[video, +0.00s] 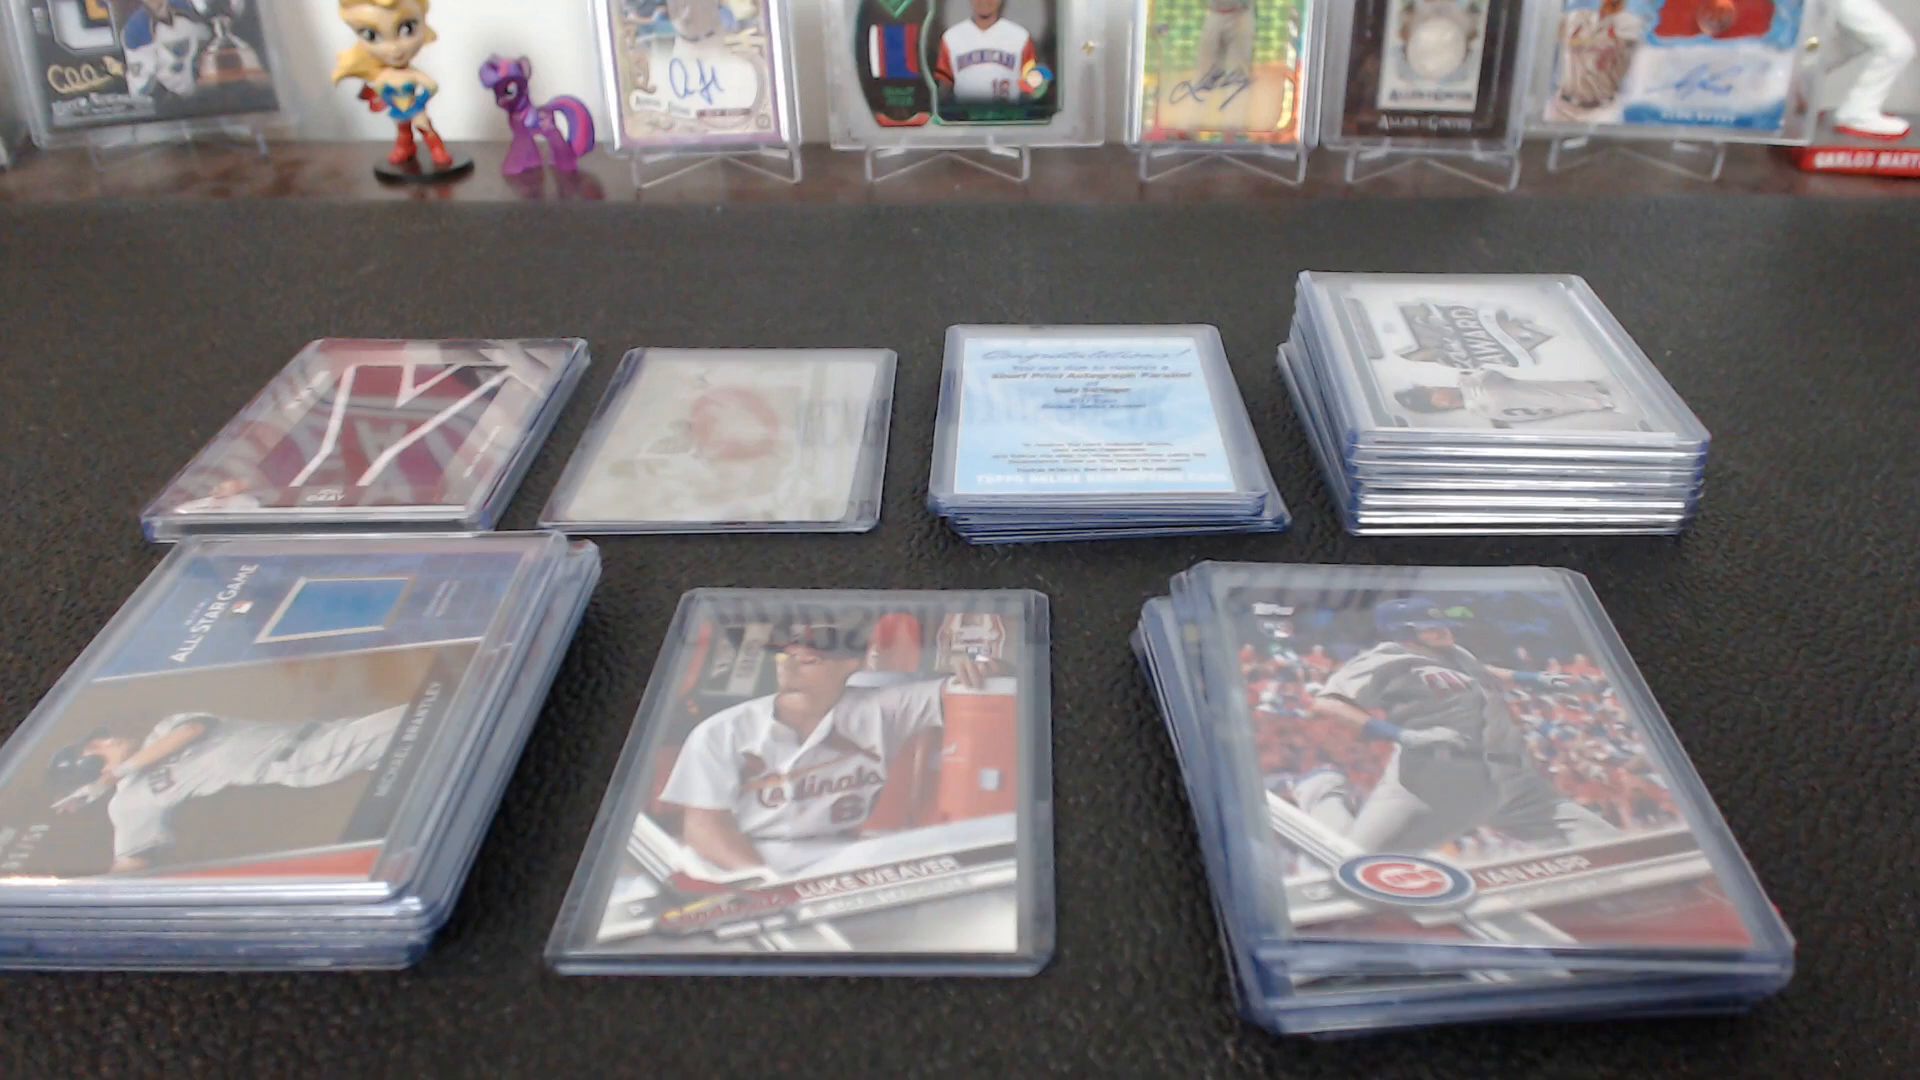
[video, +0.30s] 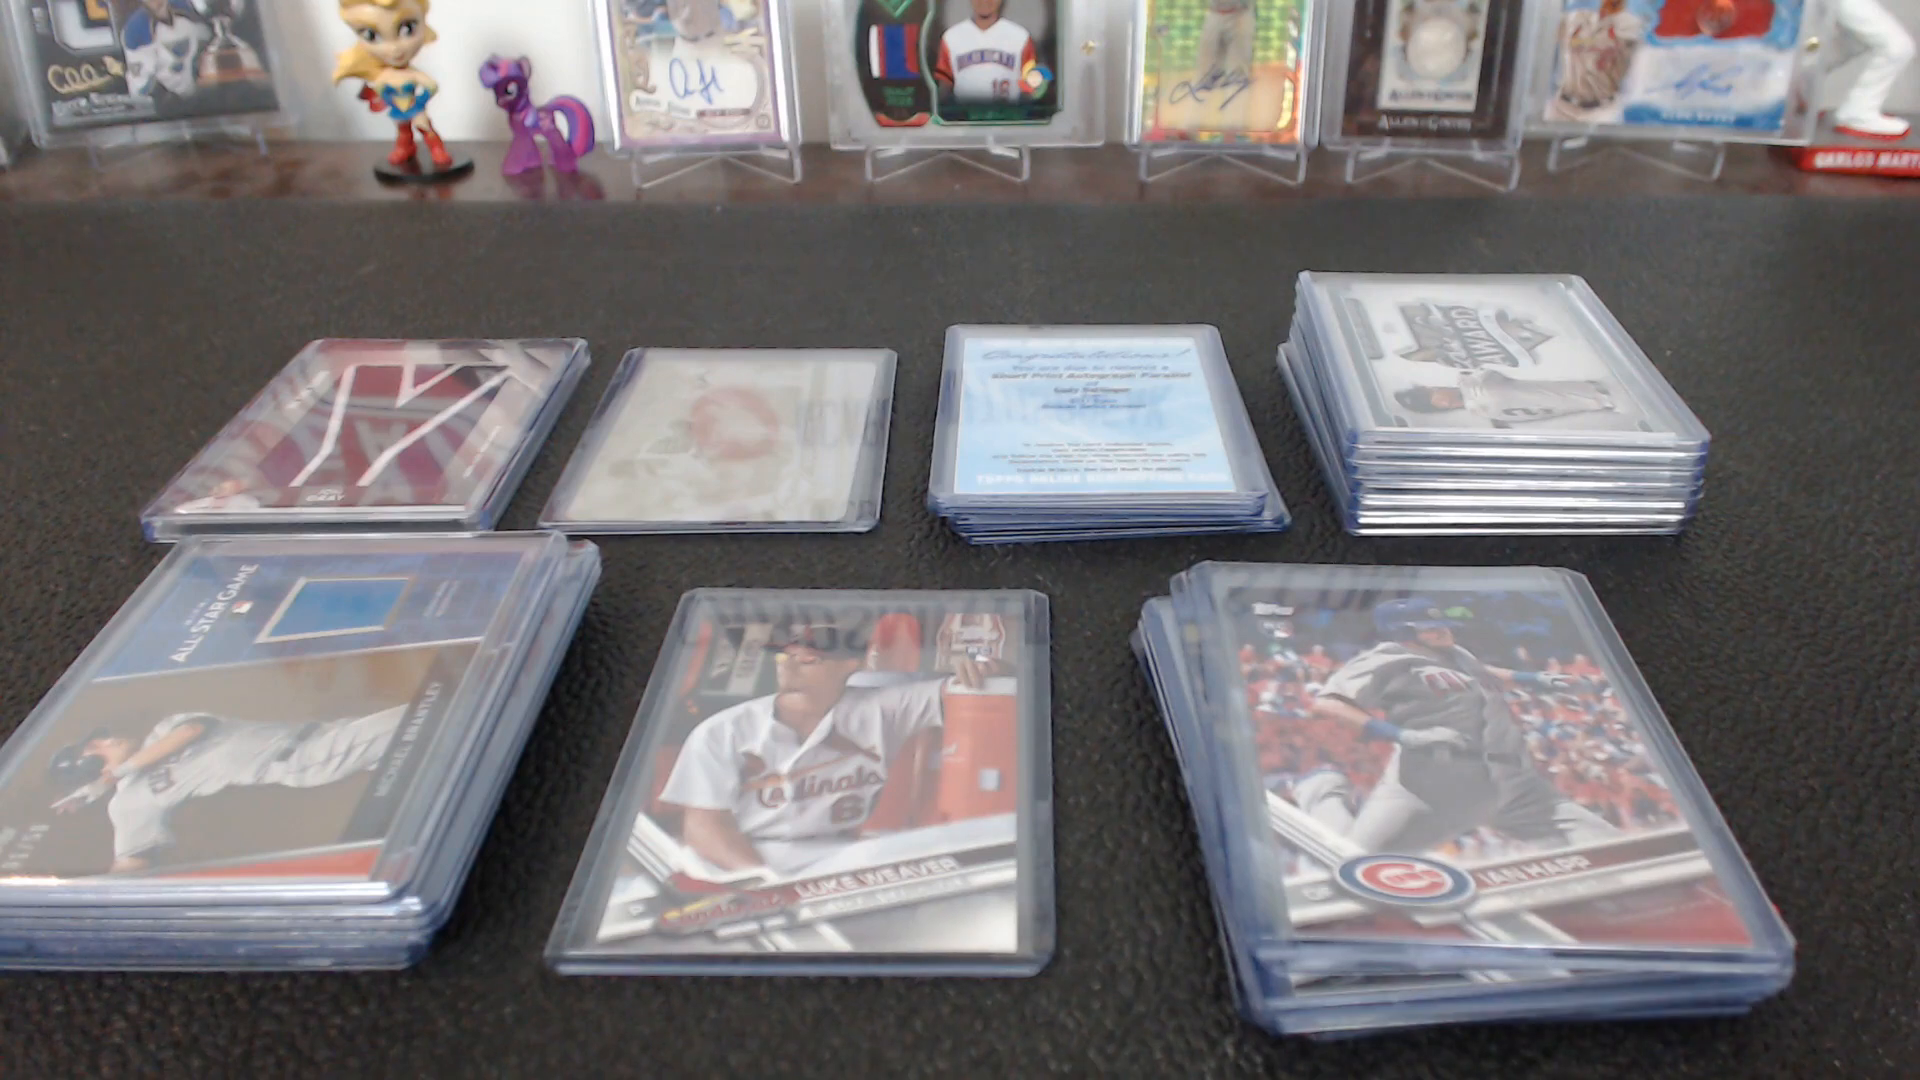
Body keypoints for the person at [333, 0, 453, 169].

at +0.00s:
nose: (393, 49)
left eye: (407, 29)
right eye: (371, 35)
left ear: (424, 25)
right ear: (357, 36)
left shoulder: (414, 74)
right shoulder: (376, 72)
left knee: (421, 121)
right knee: (400, 120)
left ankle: (436, 148)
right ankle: (405, 146)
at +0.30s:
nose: (393, 49)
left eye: (407, 29)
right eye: (371, 35)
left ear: (424, 26)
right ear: (357, 36)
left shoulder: (414, 75)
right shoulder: (377, 73)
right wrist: (375, 99)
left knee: (421, 121)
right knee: (400, 121)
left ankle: (436, 148)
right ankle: (405, 146)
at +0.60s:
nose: (393, 49)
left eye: (407, 29)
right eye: (371, 35)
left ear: (424, 26)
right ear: (357, 36)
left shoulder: (414, 74)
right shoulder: (377, 73)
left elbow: (426, 86)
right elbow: (369, 86)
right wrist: (375, 99)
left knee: (421, 121)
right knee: (401, 121)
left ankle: (436, 148)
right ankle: (405, 146)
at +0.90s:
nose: (393, 49)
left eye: (407, 29)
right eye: (371, 36)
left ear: (424, 26)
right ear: (357, 36)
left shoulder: (414, 75)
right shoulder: (377, 73)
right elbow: (369, 86)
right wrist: (374, 98)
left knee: (421, 121)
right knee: (400, 121)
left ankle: (436, 148)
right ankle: (405, 146)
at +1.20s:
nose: (393, 49)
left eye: (407, 29)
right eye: (371, 35)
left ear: (424, 26)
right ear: (357, 36)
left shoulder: (414, 75)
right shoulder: (378, 74)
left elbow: (426, 87)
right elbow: (369, 87)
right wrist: (375, 99)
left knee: (421, 122)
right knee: (401, 122)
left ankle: (436, 148)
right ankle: (405, 146)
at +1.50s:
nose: (393, 49)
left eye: (407, 29)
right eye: (371, 35)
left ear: (424, 26)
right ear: (357, 37)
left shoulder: (414, 75)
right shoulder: (378, 74)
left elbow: (427, 86)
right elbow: (369, 87)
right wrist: (375, 99)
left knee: (421, 122)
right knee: (401, 123)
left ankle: (437, 148)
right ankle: (405, 146)